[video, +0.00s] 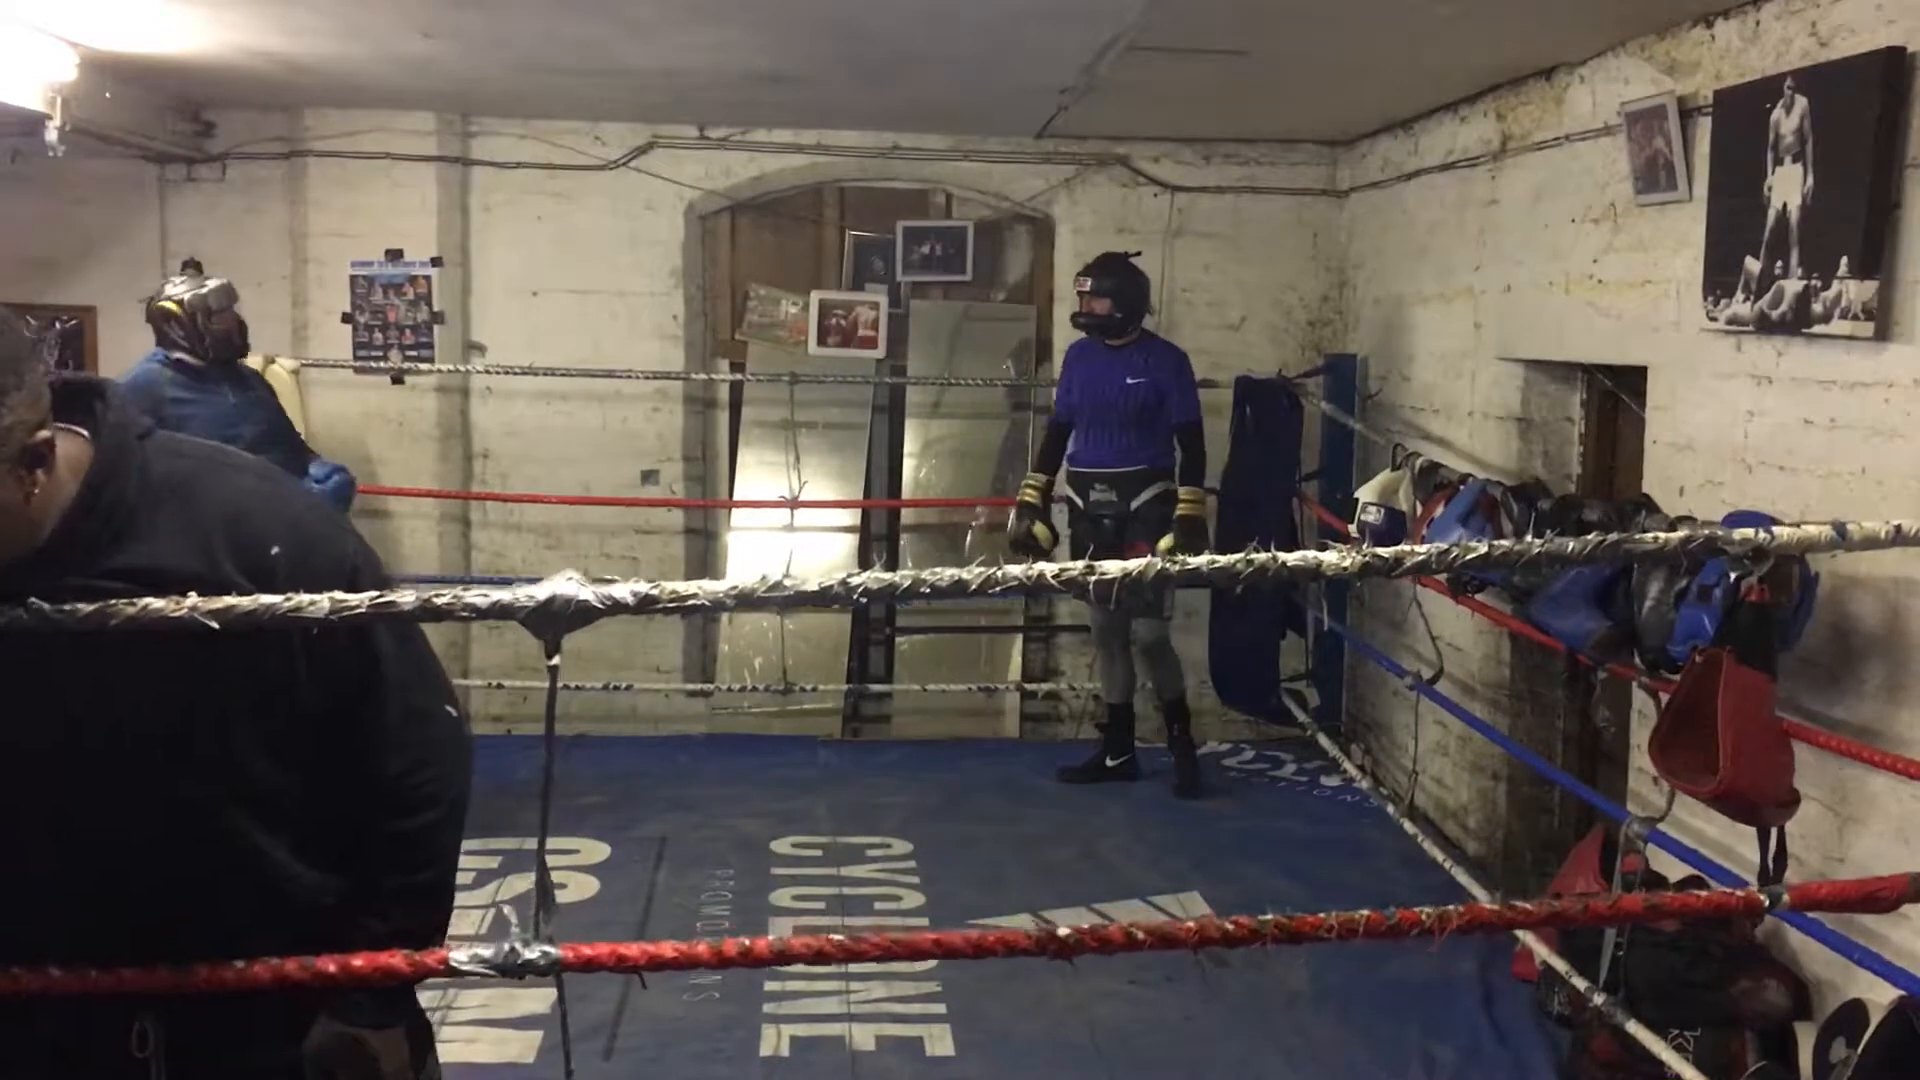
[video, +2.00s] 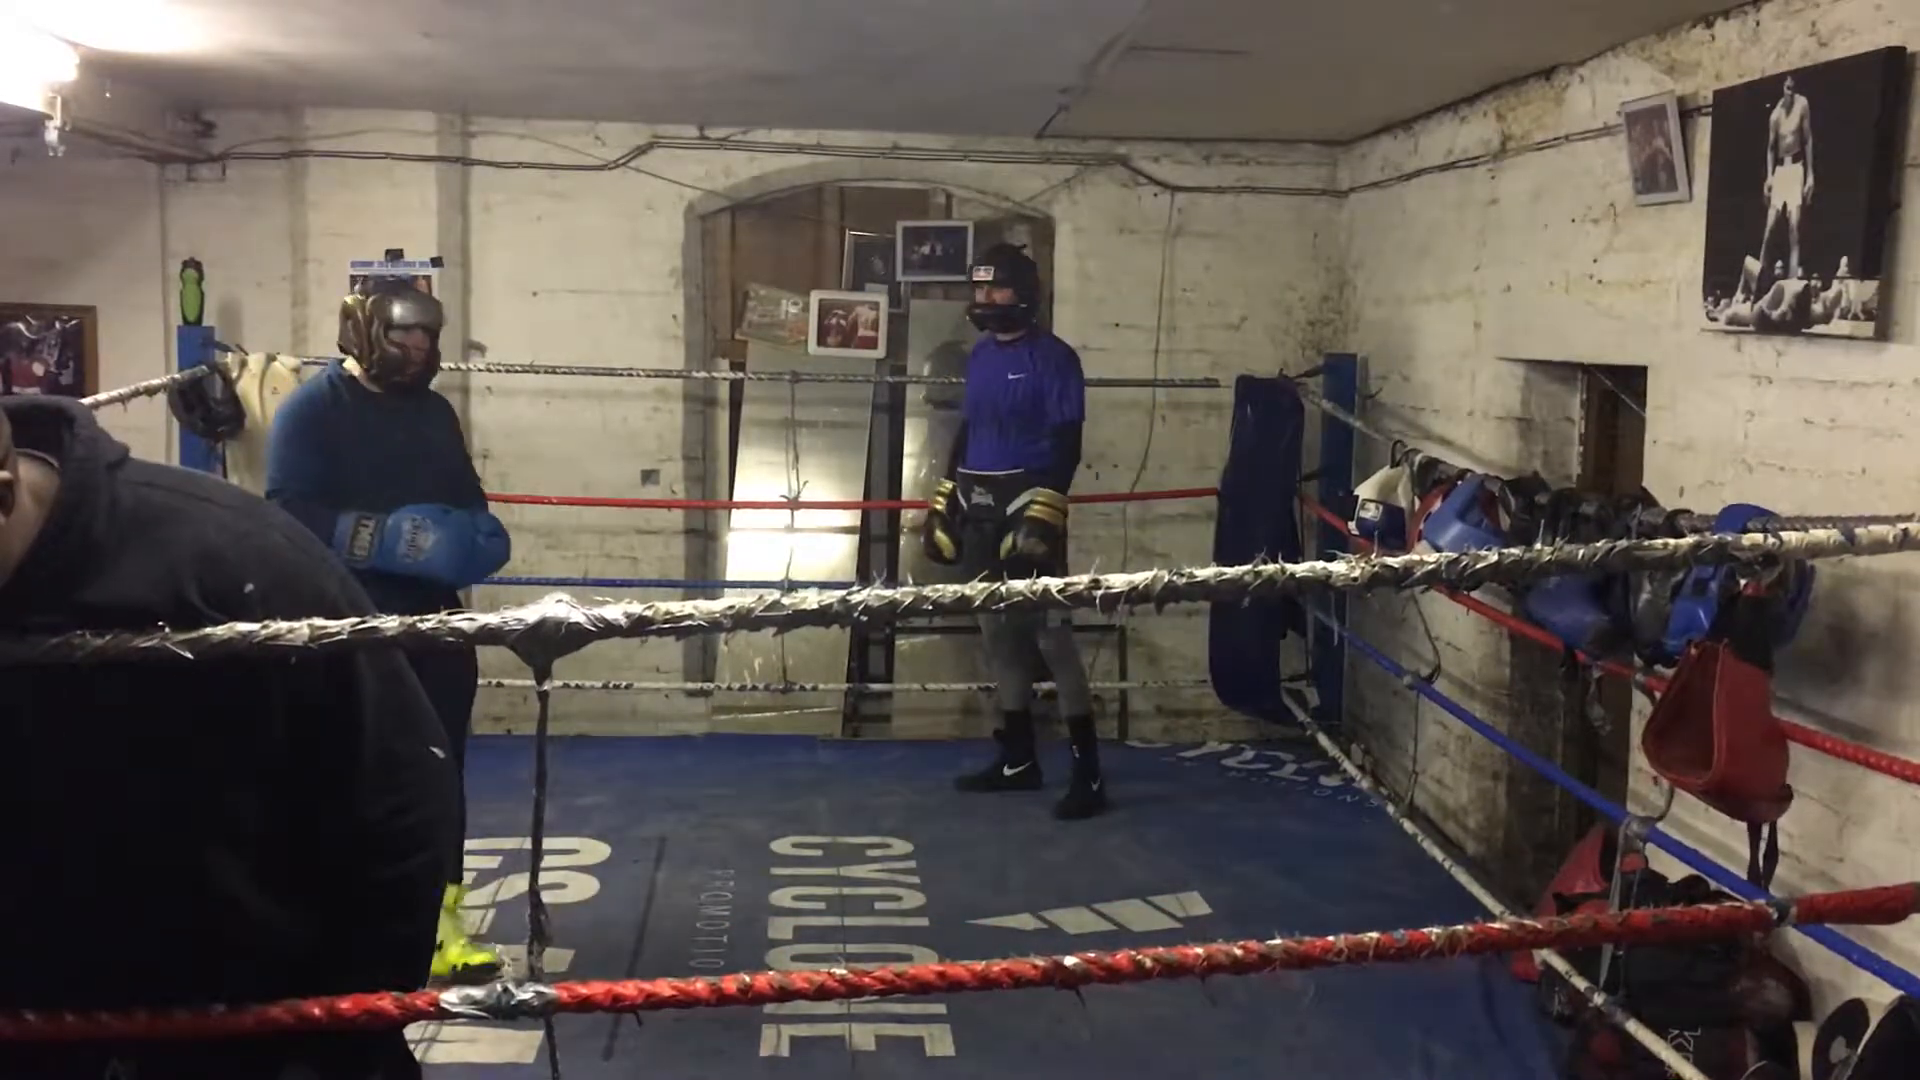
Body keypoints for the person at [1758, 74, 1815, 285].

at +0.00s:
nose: (1789, 93)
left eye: (1792, 90)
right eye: (1787, 89)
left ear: (1797, 90)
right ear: (1783, 89)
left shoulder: (1802, 105)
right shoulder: (1775, 115)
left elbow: (1809, 139)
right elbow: (1771, 146)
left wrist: (1810, 175)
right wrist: (1769, 175)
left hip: (1797, 163)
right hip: (1779, 164)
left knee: (1794, 218)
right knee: (1771, 218)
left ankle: (1794, 268)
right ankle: (1762, 266)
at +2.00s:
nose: (1788, 93)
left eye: (1791, 89)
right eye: (1787, 89)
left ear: (1796, 90)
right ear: (1782, 89)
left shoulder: (1801, 104)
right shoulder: (1775, 115)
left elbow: (1808, 139)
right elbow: (1770, 146)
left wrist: (1810, 174)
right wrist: (1769, 175)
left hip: (1797, 163)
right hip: (1780, 164)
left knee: (1794, 221)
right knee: (1771, 222)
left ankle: (1794, 270)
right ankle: (1761, 269)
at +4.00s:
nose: (1788, 92)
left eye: (1791, 89)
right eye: (1787, 88)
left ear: (1795, 90)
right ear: (1783, 89)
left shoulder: (1801, 105)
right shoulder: (1775, 115)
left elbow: (1808, 139)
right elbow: (1771, 146)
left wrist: (1810, 174)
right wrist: (1769, 176)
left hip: (1797, 164)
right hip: (1779, 165)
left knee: (1794, 220)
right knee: (1771, 221)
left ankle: (1794, 269)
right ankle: (1762, 269)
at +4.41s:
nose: (1789, 93)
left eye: (1792, 89)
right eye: (1787, 88)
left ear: (1797, 90)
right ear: (1783, 89)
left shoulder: (1802, 104)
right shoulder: (1776, 114)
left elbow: (1809, 139)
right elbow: (1771, 146)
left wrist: (1810, 175)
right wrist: (1769, 176)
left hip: (1798, 164)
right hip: (1780, 165)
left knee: (1795, 220)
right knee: (1771, 220)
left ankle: (1795, 268)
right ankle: (1762, 268)